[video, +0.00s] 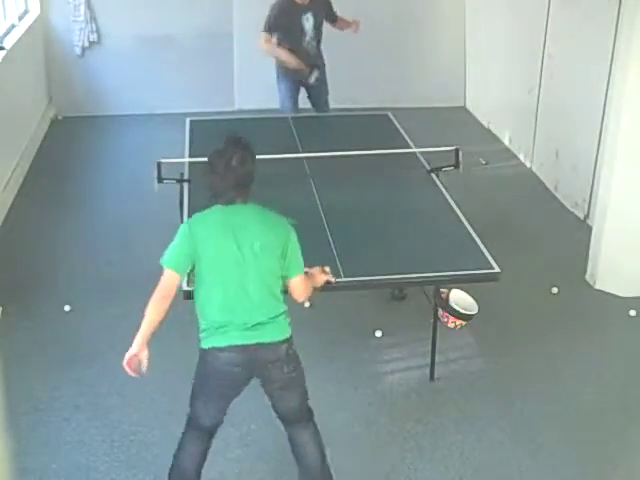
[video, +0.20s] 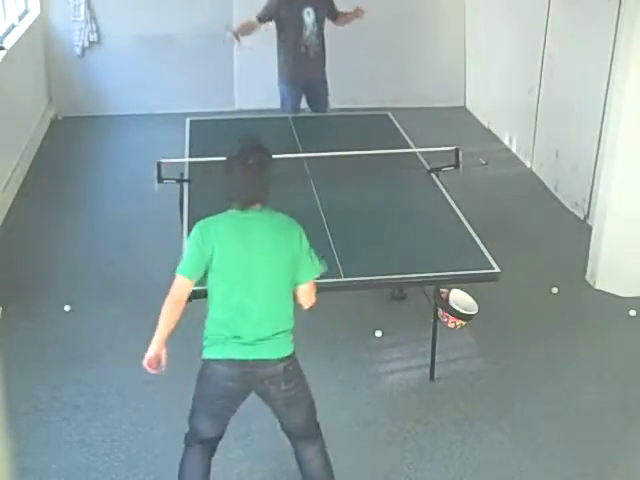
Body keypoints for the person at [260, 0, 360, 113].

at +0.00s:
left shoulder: (321, 3)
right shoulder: (281, 6)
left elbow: (334, 20)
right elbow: (266, 43)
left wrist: (350, 24)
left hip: (315, 66)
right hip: (288, 68)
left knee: (324, 113)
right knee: (289, 114)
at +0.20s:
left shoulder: (323, 1)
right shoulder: (280, 2)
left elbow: (337, 18)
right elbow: (257, 22)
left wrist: (353, 15)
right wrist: (238, 31)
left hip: (316, 73)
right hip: (290, 74)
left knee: (323, 120)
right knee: (289, 120)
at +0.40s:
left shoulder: (327, 2)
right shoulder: (285, 3)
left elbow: (339, 21)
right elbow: (268, 27)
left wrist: (353, 19)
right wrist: (252, 46)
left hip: (321, 71)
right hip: (294, 72)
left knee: (334, 117)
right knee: (290, 121)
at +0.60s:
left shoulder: (336, 5)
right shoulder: (295, 6)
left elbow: (353, 30)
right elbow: (274, 35)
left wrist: (359, 30)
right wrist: (282, 58)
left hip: (330, 72)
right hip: (302, 73)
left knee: (347, 112)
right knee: (300, 116)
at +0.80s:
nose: (342, 3)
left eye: (345, 2)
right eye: (340, 2)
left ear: (348, 1)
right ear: (333, 1)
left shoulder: (354, 10)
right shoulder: (322, 17)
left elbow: (365, 34)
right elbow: (317, 59)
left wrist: (379, 36)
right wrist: (345, 81)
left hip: (348, 74)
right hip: (323, 74)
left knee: (365, 114)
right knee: (314, 116)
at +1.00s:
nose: (367, 0)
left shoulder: (372, 5)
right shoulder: (344, 7)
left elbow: (378, 21)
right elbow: (347, 50)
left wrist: (400, 24)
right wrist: (374, 65)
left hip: (357, 65)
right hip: (333, 65)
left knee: (372, 112)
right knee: (320, 111)